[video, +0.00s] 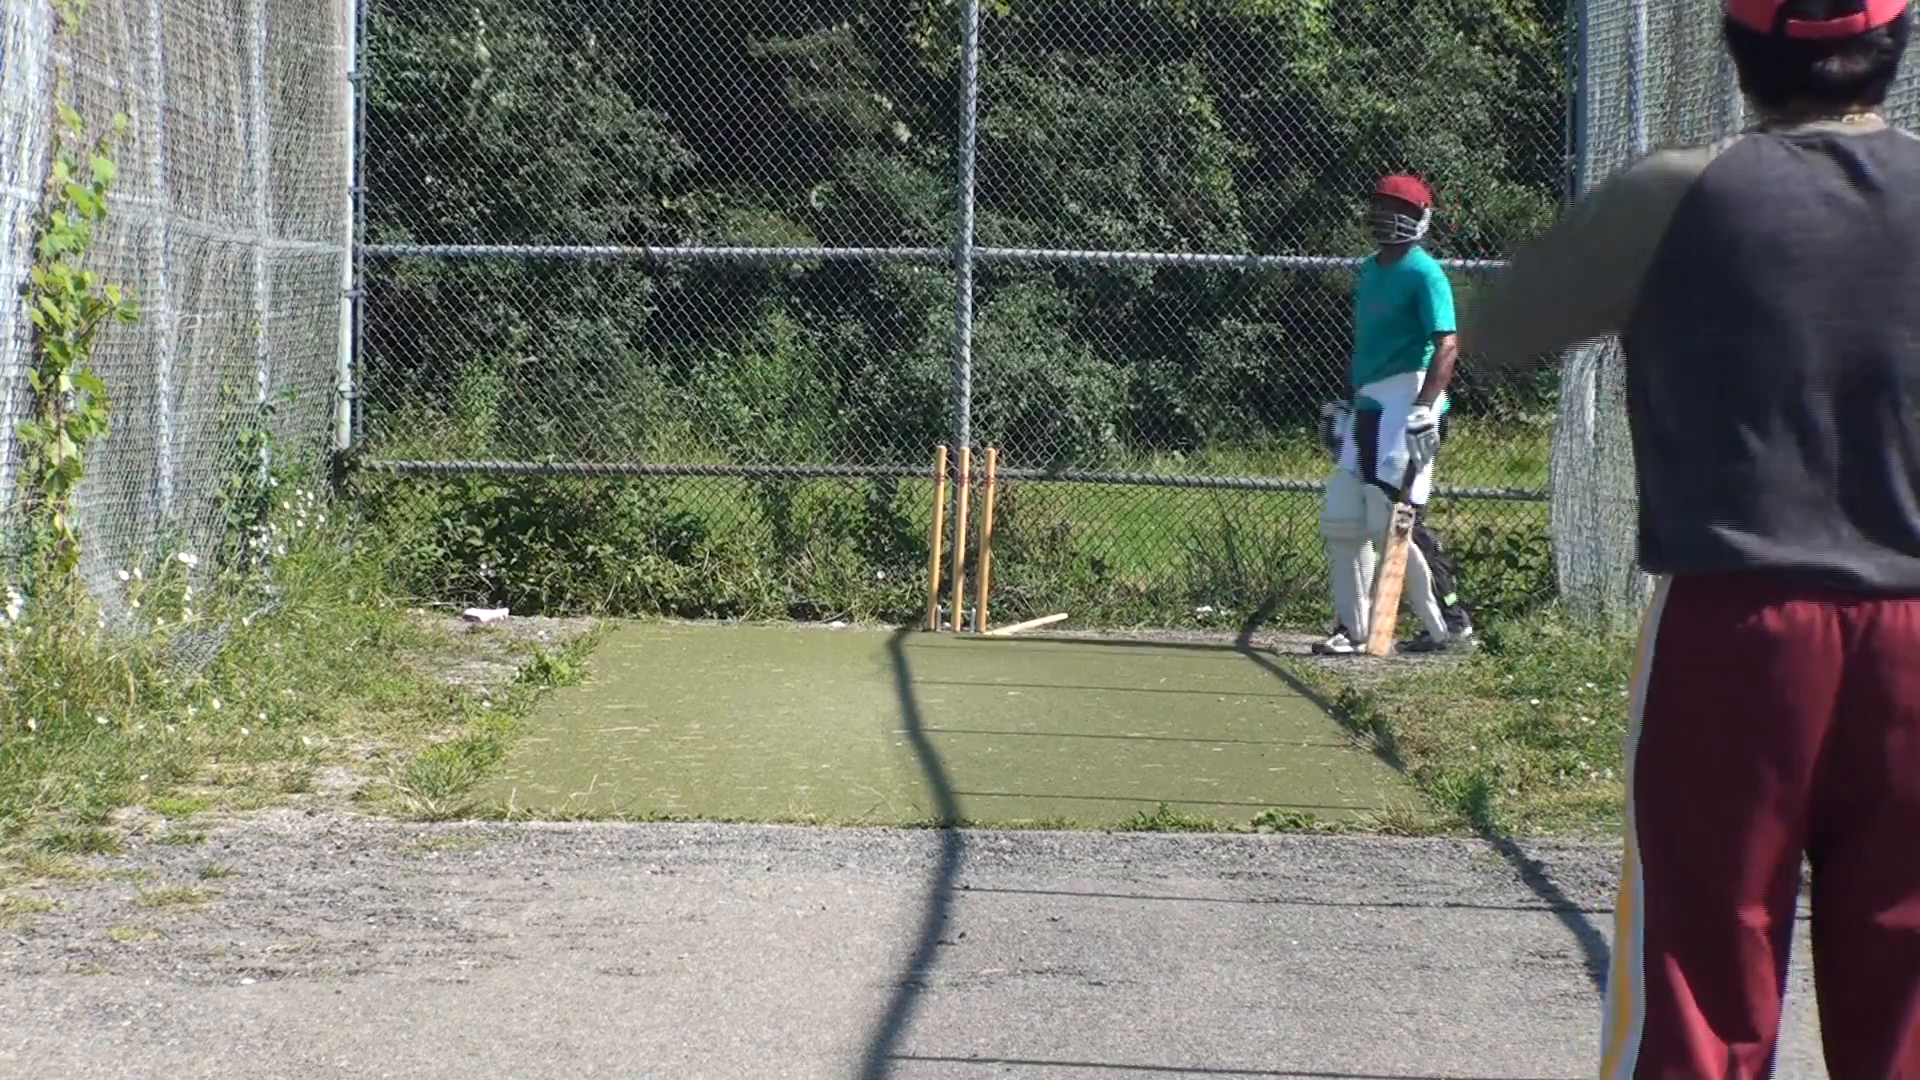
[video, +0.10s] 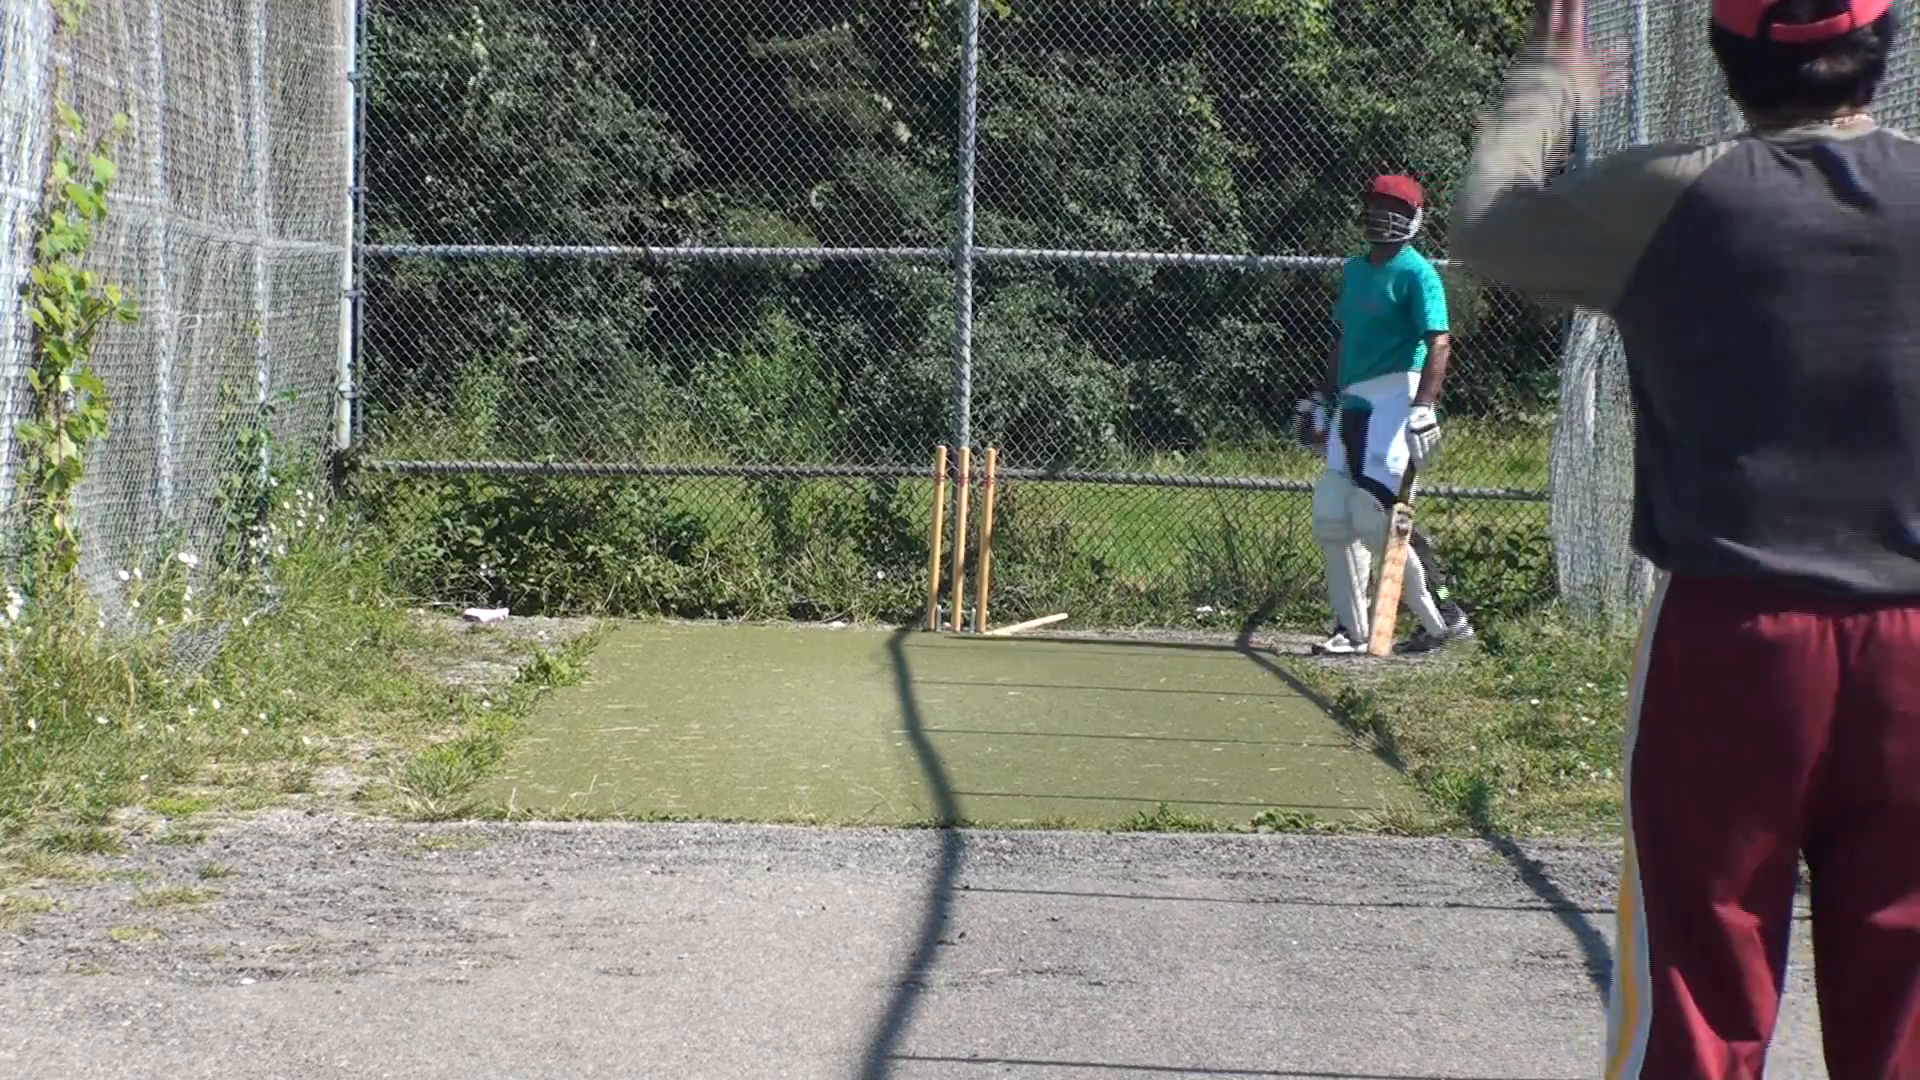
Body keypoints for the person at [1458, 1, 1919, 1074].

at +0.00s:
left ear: (1742, 52)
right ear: (1893, 51)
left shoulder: (1680, 196)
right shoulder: (1919, 183)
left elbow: (1495, 330)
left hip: (1736, 647)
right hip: (1913, 651)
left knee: (1706, 992)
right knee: (1902, 996)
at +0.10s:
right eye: (1867, 36)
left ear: (1731, 63)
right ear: (1878, 60)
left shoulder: (1674, 199)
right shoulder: (1915, 184)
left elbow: (1490, 230)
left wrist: (1546, 80)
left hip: (1734, 655)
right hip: (1910, 661)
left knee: (1701, 1004)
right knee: (1899, 1012)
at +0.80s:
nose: (1894, 71)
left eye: (1900, 57)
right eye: (1903, 60)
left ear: (1907, 73)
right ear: (1910, 81)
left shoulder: (1853, 215)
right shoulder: (1862, 215)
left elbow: (1634, 137)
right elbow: (1639, 141)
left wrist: (1608, 14)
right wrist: (1615, 26)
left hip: (1865, 648)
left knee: (1790, 986)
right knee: (1797, 986)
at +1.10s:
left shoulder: (1910, 175)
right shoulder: (1905, 176)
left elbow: (1770, 120)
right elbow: (1774, 121)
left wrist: (1780, 19)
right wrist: (1782, 26)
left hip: (1919, 622)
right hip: (1912, 620)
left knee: (1908, 908)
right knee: (1904, 908)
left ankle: (1867, 1056)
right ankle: (1865, 1053)